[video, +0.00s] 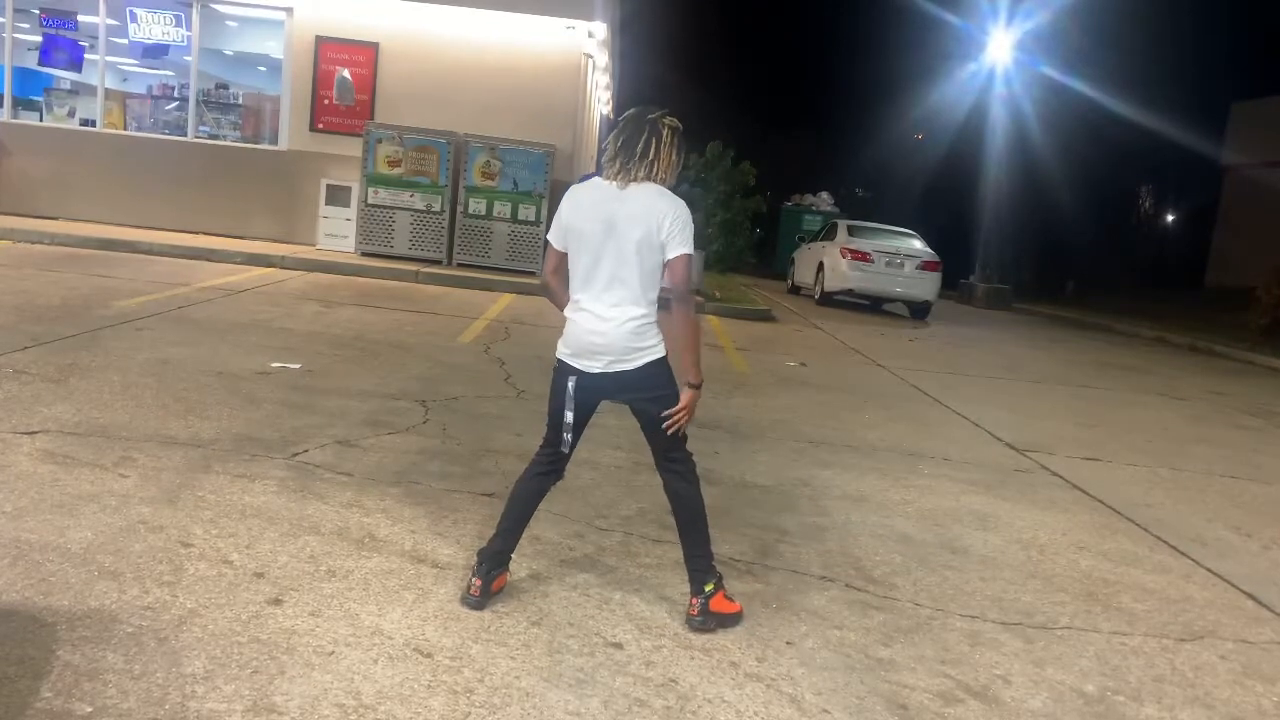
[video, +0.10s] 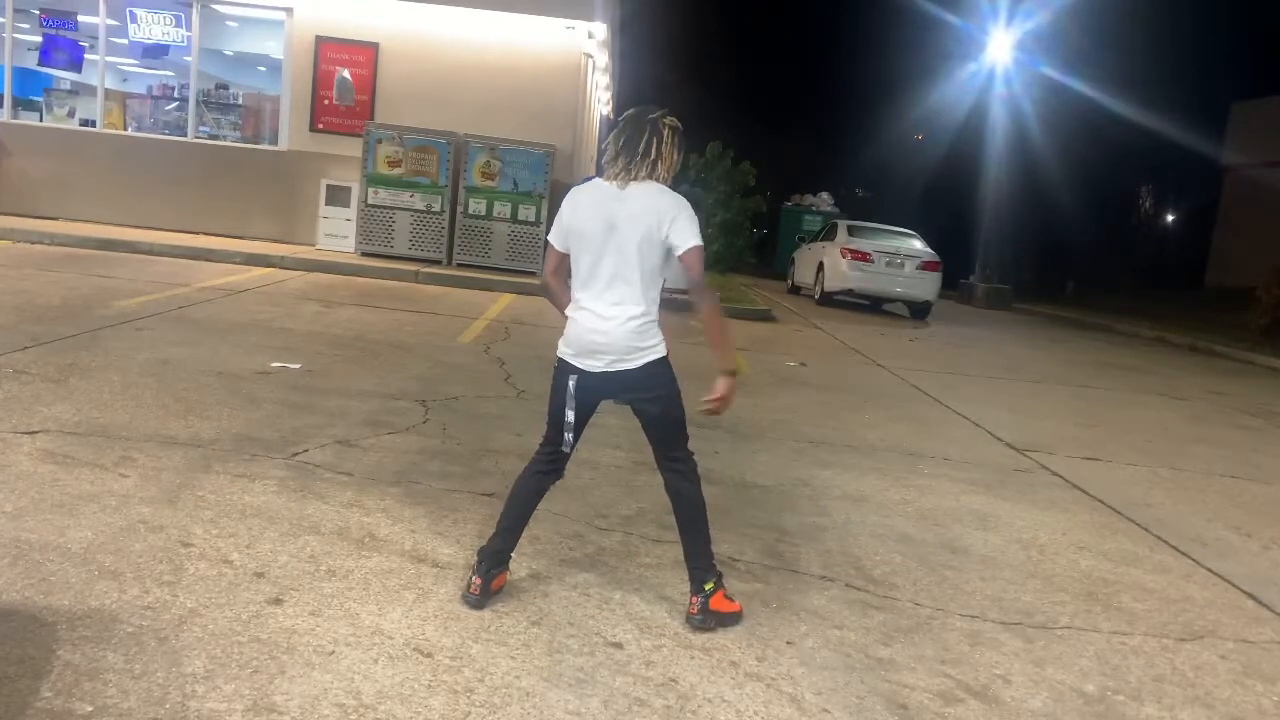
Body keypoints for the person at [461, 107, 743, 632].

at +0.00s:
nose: (675, 161)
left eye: (675, 153)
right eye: (673, 152)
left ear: (615, 145)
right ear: (662, 152)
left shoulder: (576, 196)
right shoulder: (670, 208)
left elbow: (552, 275)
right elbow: (678, 298)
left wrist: (584, 316)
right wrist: (692, 380)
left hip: (578, 359)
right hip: (645, 362)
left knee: (548, 461)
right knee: (677, 468)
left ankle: (486, 571)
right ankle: (705, 591)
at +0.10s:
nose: (675, 160)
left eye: (675, 152)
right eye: (673, 151)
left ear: (615, 146)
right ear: (663, 152)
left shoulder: (578, 197)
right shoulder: (672, 205)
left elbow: (551, 276)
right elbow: (698, 289)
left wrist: (584, 318)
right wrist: (726, 366)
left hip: (579, 359)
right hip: (643, 361)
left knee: (548, 459)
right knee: (677, 465)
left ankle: (486, 571)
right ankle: (705, 590)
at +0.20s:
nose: (673, 164)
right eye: (671, 155)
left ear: (613, 150)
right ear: (662, 157)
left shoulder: (582, 204)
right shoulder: (673, 204)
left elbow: (553, 283)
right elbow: (728, 261)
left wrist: (588, 323)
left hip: (584, 362)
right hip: (648, 363)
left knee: (550, 460)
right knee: (683, 465)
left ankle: (486, 570)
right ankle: (707, 593)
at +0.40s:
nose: (663, 169)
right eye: (661, 160)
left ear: (606, 150)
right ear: (653, 161)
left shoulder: (562, 198)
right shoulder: (657, 213)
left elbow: (540, 281)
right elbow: (715, 267)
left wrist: (567, 319)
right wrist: (787, 306)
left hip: (571, 362)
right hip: (637, 361)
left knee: (543, 460)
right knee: (669, 462)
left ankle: (514, 575)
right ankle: (706, 585)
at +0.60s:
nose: (597, 157)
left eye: (601, 150)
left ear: (607, 154)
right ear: (653, 161)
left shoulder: (583, 199)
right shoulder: (668, 220)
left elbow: (502, 252)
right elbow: (656, 316)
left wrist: (532, 300)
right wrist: (627, 365)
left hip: (553, 347)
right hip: (600, 361)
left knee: (520, 454)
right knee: (499, 394)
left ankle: (528, 572)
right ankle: (424, 433)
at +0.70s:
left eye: (606, 157)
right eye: (671, 173)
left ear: (610, 164)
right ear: (661, 175)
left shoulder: (584, 207)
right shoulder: (667, 234)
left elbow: (491, 237)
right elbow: (692, 311)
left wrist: (522, 289)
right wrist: (713, 392)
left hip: (537, 358)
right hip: (571, 365)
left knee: (505, 455)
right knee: (463, 324)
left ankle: (526, 568)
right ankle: (349, 311)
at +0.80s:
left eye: (610, 147)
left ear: (612, 154)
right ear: (662, 168)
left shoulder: (585, 197)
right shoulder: (668, 222)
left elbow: (497, 237)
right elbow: (703, 298)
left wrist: (506, 293)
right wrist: (735, 374)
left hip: (551, 351)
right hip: (579, 356)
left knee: (513, 453)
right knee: (467, 353)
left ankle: (530, 570)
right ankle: (351, 362)